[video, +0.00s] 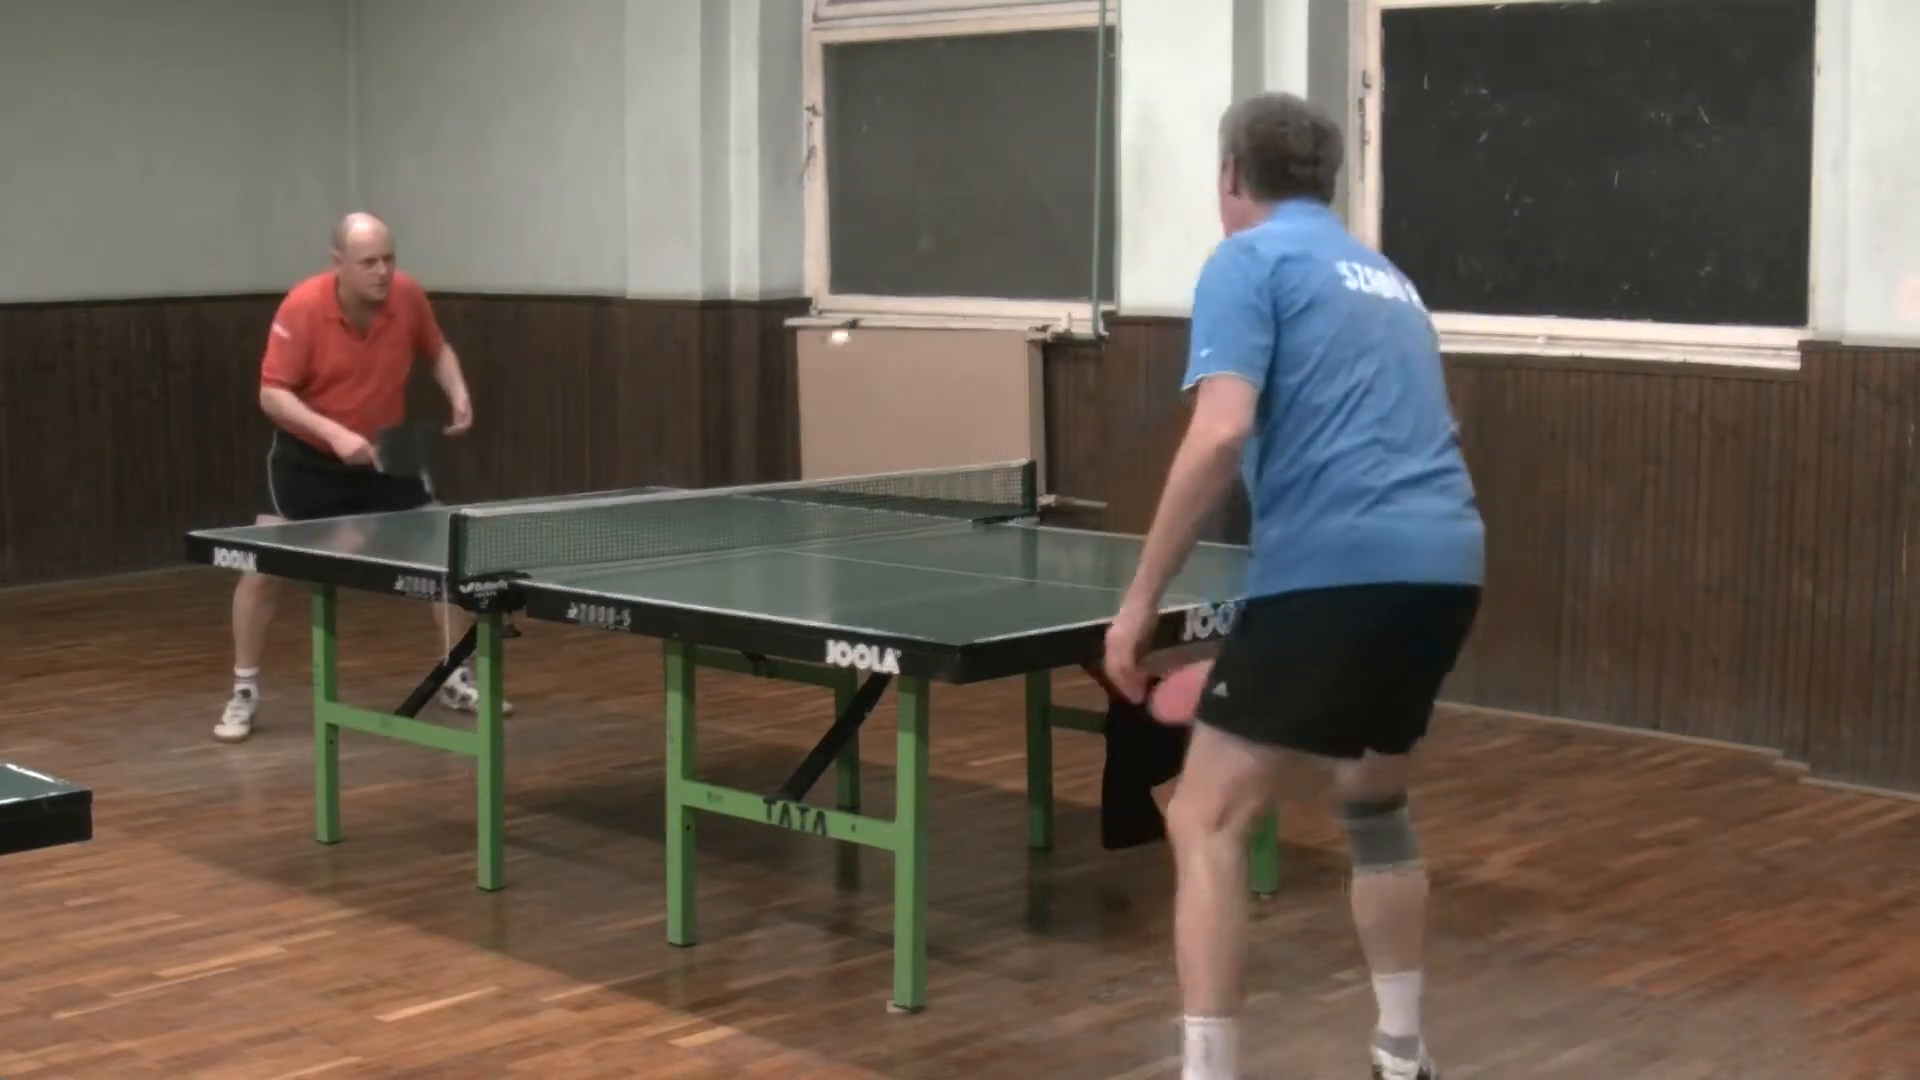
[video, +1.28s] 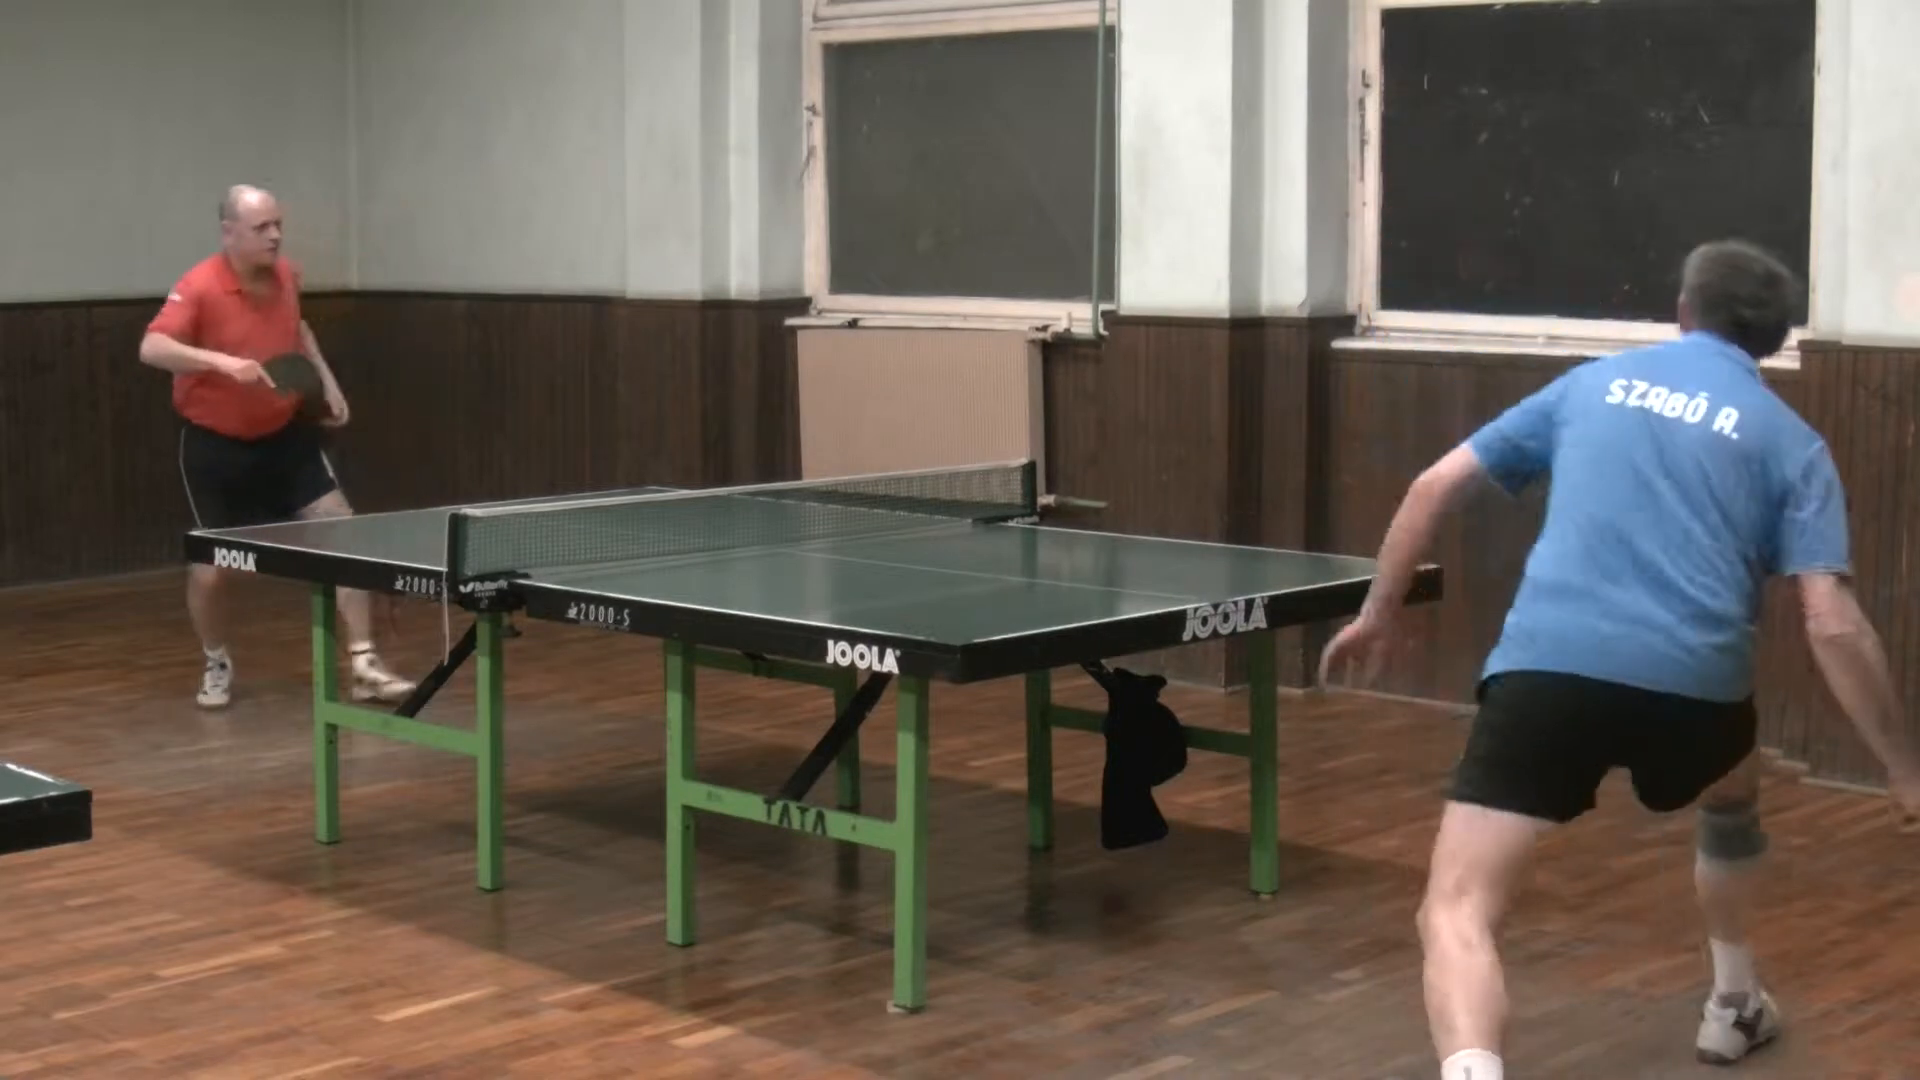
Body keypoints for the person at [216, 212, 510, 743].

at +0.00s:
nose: (381, 270)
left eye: (387, 259)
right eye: (368, 262)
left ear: (393, 257)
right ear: (339, 263)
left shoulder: (407, 296)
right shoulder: (305, 305)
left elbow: (437, 351)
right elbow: (272, 394)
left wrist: (459, 393)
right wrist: (335, 435)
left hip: (388, 458)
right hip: (308, 462)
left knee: (446, 555)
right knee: (265, 564)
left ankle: (459, 676)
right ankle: (244, 690)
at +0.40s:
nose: (416, 296)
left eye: (420, 285)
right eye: (407, 285)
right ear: (370, 271)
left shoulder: (385, 308)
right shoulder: (322, 303)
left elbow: (375, 374)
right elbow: (318, 397)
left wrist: (405, 410)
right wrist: (398, 405)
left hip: (363, 447)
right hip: (296, 449)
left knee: (418, 552)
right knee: (274, 561)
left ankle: (457, 674)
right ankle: (241, 690)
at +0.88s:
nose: (423, 264)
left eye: (426, 253)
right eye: (413, 254)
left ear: (423, 251)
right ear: (377, 249)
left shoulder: (398, 296)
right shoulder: (340, 281)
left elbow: (384, 360)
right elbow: (310, 319)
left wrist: (407, 404)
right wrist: (366, 339)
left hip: (366, 443)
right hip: (298, 439)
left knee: (418, 545)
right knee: (262, 556)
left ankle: (438, 674)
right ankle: (224, 675)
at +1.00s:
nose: (390, 254)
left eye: (393, 243)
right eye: (378, 245)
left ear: (393, 243)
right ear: (344, 245)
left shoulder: (371, 292)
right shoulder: (309, 285)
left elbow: (359, 361)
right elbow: (255, 333)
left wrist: (389, 414)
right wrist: (318, 346)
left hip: (351, 444)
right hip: (286, 445)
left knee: (409, 545)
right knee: (262, 563)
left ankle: (437, 671)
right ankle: (217, 650)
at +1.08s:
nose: (356, 249)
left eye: (359, 239)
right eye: (343, 241)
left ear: (360, 241)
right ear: (310, 243)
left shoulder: (344, 292)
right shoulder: (276, 289)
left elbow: (333, 365)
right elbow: (224, 344)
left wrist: (359, 415)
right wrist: (289, 360)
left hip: (336, 446)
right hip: (270, 449)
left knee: (393, 545)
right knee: (244, 570)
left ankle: (434, 667)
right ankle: (219, 656)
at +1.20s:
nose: (302, 244)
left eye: (305, 235)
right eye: (289, 237)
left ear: (307, 236)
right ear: (256, 240)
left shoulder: (305, 286)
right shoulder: (226, 292)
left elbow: (296, 358)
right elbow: (184, 356)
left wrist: (320, 404)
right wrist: (254, 368)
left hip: (303, 439)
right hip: (234, 446)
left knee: (360, 541)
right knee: (225, 569)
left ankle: (412, 660)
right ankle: (216, 659)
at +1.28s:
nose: (274, 236)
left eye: (277, 226)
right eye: (262, 228)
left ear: (281, 228)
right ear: (229, 233)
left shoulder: (284, 276)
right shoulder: (200, 285)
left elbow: (297, 332)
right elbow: (152, 347)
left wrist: (327, 384)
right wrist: (221, 361)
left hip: (284, 432)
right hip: (215, 441)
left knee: (343, 532)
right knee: (213, 568)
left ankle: (361, 659)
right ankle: (216, 662)